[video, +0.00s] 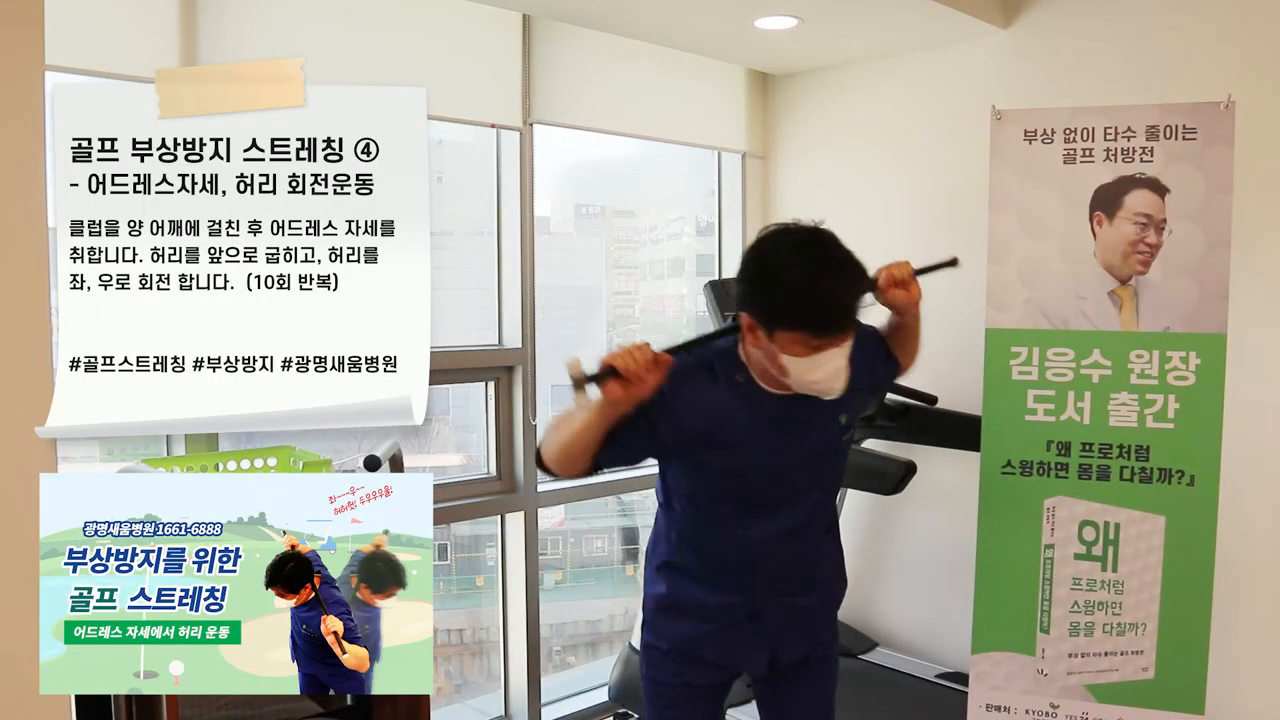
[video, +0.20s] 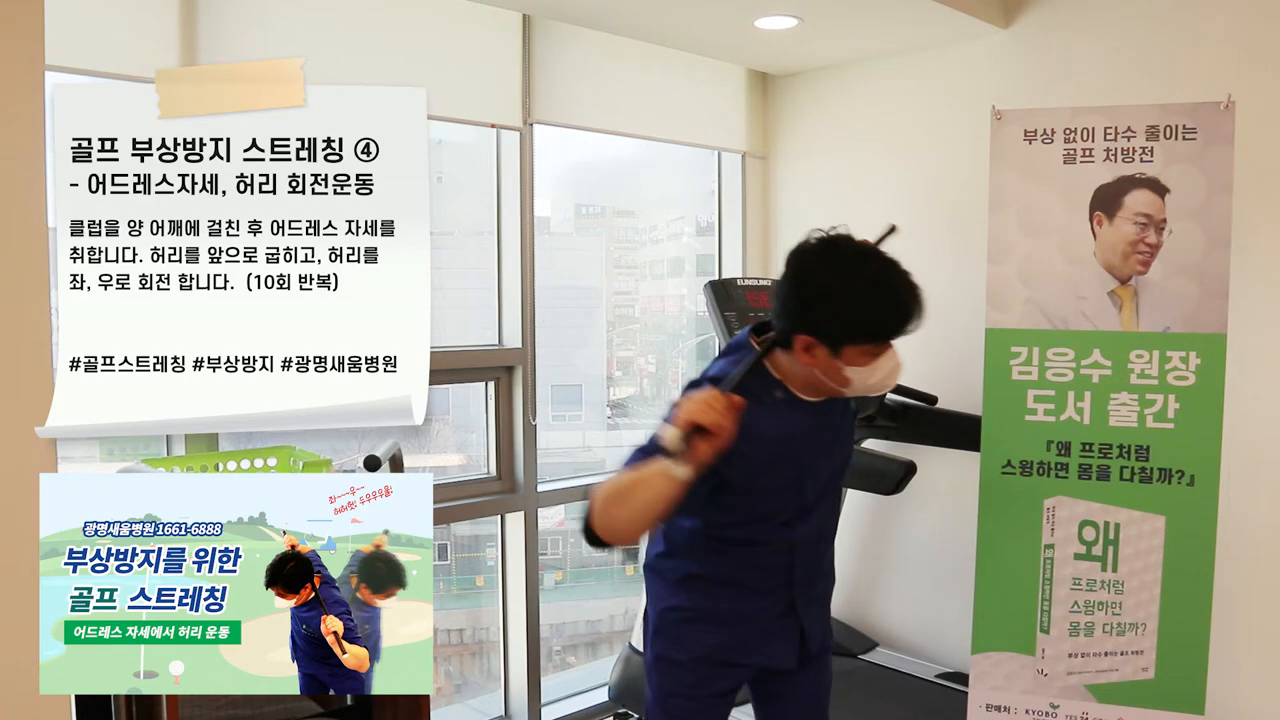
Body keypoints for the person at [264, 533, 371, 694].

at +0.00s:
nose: (278, 599)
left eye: (283, 596)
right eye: (276, 594)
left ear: (306, 590)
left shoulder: (334, 607)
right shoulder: (312, 570)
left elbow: (363, 665)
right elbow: (308, 552)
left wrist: (335, 642)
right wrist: (297, 547)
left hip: (344, 673)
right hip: (310, 667)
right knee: (312, 714)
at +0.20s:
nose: (278, 599)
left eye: (283, 595)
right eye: (276, 593)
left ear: (306, 590)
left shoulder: (334, 608)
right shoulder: (311, 570)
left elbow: (363, 665)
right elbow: (308, 552)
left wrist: (335, 642)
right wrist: (296, 547)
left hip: (344, 672)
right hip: (310, 667)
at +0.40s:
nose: (278, 599)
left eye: (283, 595)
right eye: (276, 593)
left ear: (306, 589)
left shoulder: (334, 608)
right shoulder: (311, 569)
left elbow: (363, 665)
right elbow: (308, 552)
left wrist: (335, 642)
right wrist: (296, 547)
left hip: (344, 672)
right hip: (310, 666)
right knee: (312, 713)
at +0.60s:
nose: (278, 599)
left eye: (283, 595)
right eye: (276, 593)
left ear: (306, 589)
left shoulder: (334, 608)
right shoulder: (311, 569)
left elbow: (363, 665)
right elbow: (308, 552)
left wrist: (335, 642)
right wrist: (296, 547)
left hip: (344, 672)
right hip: (310, 666)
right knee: (312, 713)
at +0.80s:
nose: (278, 599)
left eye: (283, 595)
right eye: (276, 593)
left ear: (306, 590)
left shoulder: (334, 608)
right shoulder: (311, 570)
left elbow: (363, 665)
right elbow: (308, 552)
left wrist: (335, 642)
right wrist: (297, 547)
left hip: (344, 672)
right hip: (310, 667)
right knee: (312, 715)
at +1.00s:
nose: (278, 599)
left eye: (283, 595)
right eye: (276, 593)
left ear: (306, 589)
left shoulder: (334, 608)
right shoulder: (311, 569)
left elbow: (363, 665)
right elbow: (308, 552)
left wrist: (335, 642)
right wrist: (296, 547)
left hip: (344, 672)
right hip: (310, 666)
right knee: (312, 713)